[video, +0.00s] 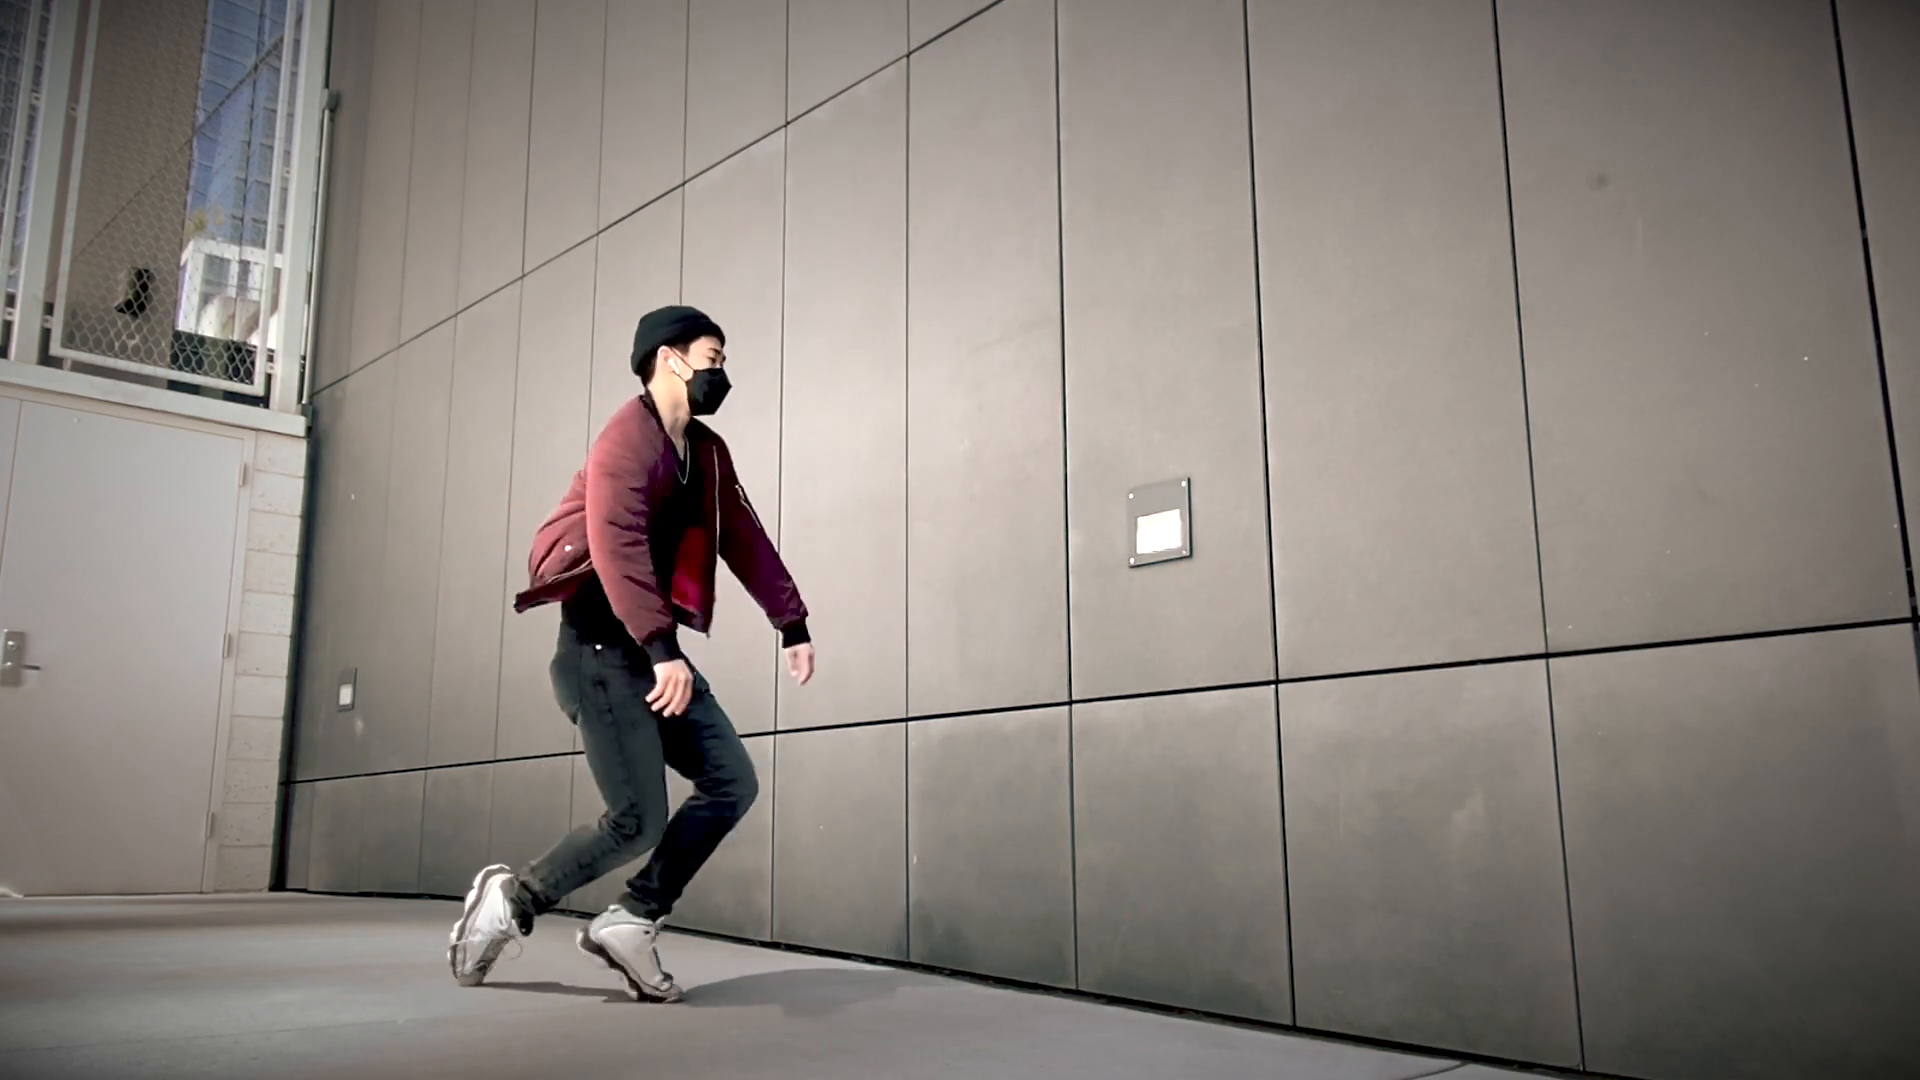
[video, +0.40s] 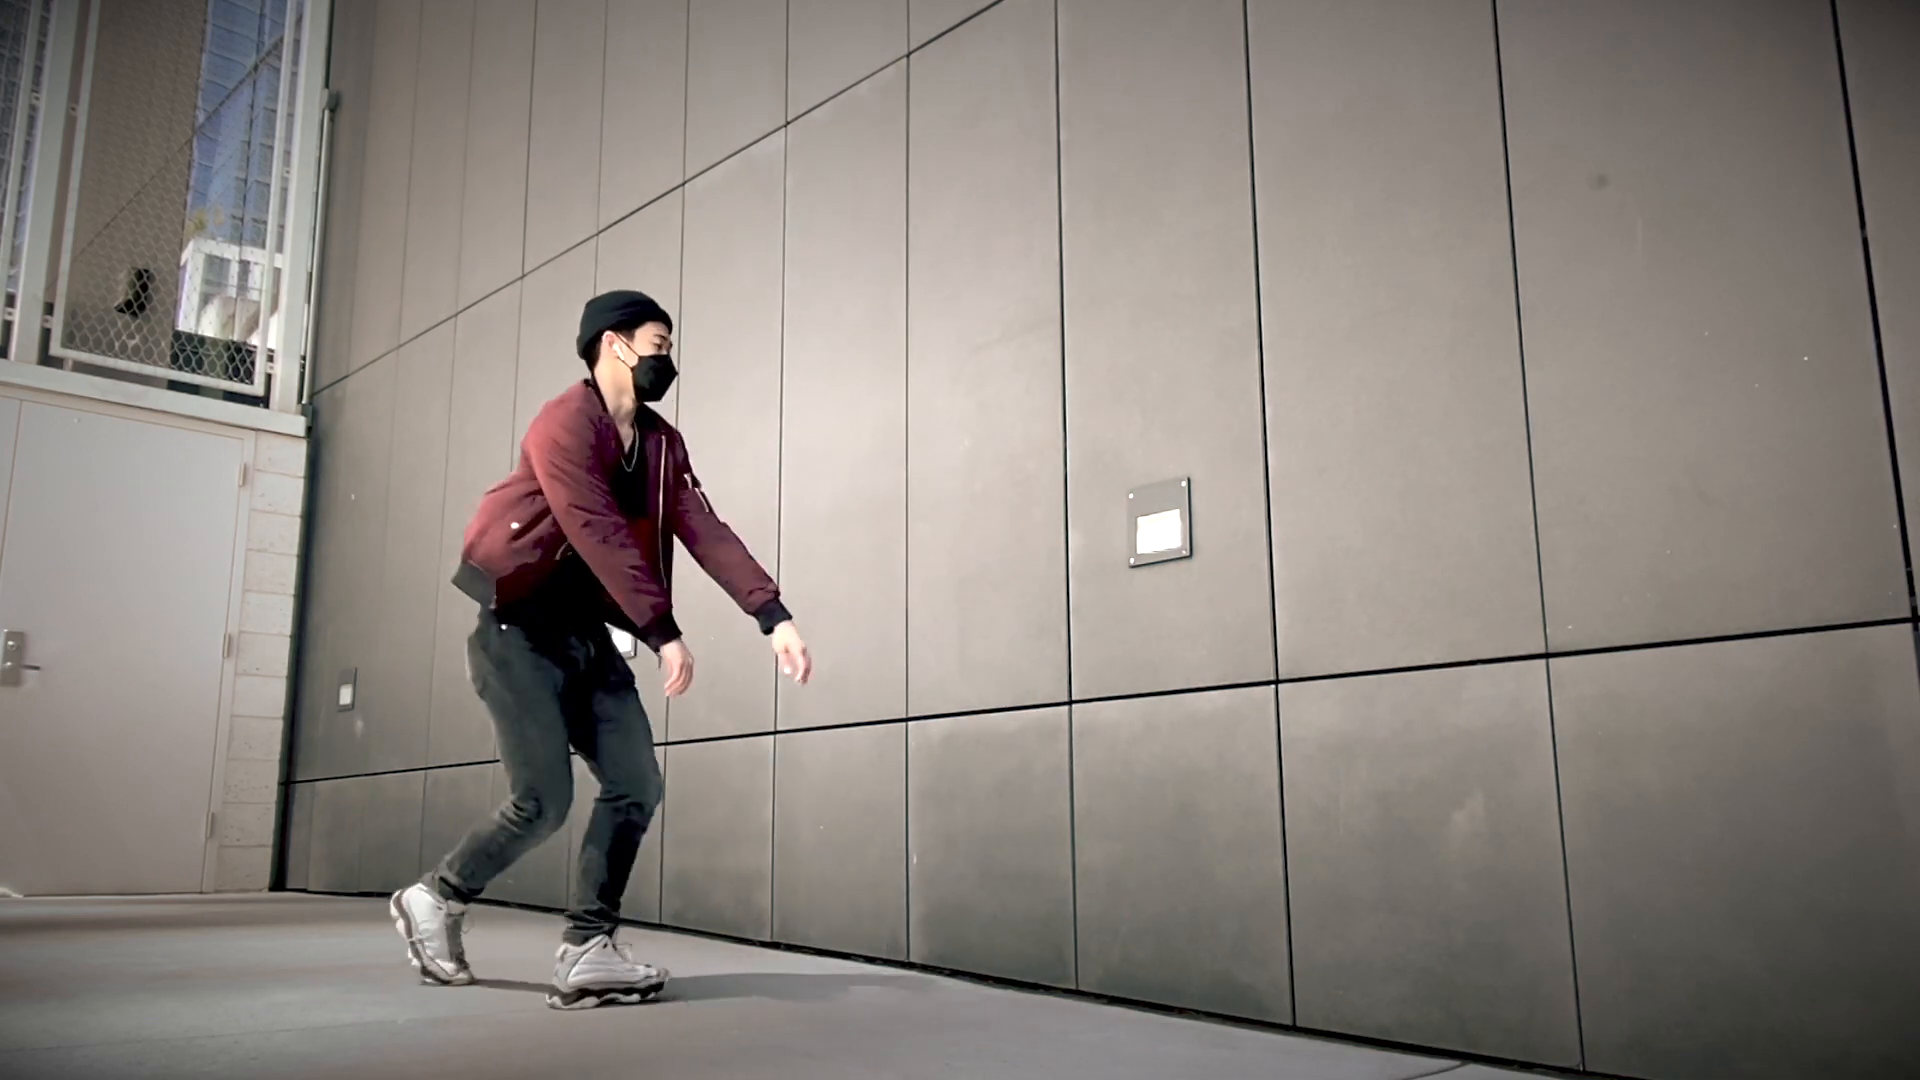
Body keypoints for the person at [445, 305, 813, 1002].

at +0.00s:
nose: (722, 367)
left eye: (724, 359)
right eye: (711, 354)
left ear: (682, 363)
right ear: (667, 358)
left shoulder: (706, 451)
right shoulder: (630, 434)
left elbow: (744, 536)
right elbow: (615, 544)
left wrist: (791, 623)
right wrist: (663, 649)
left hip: (651, 650)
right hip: (597, 651)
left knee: (730, 785)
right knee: (636, 823)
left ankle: (632, 921)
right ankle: (508, 901)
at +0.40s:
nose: (670, 355)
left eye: (671, 346)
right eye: (657, 343)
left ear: (645, 354)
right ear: (610, 346)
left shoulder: (661, 443)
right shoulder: (564, 423)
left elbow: (705, 532)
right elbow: (594, 530)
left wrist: (774, 614)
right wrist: (663, 631)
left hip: (588, 639)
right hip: (515, 632)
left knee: (633, 788)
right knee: (543, 798)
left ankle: (585, 949)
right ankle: (433, 900)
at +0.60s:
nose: (631, 328)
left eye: (636, 319)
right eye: (616, 316)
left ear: (638, 330)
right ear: (571, 322)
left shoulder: (647, 417)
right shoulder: (521, 400)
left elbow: (667, 503)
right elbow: (548, 507)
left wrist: (697, 588)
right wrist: (635, 583)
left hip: (572, 612)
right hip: (490, 604)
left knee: (581, 770)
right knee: (493, 774)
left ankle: (565, 944)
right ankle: (423, 904)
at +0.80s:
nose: (573, 291)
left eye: (587, 282)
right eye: (556, 281)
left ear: (606, 303)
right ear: (529, 299)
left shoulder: (631, 390)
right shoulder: (487, 379)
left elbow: (616, 476)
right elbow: (499, 479)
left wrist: (581, 555)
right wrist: (600, 546)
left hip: (568, 599)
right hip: (487, 589)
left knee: (538, 765)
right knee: (460, 762)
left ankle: (541, 939)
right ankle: (441, 908)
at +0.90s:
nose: (541, 285)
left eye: (558, 274)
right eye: (527, 275)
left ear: (586, 291)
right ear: (510, 293)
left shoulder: (618, 380)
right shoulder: (478, 378)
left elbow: (576, 460)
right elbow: (477, 476)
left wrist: (500, 527)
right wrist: (562, 531)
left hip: (562, 597)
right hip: (483, 590)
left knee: (531, 770)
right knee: (445, 762)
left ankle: (536, 946)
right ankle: (461, 903)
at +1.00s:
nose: (511, 281)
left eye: (527, 267)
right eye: (500, 270)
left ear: (567, 280)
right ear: (491, 286)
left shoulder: (598, 367)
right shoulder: (477, 371)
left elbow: (540, 447)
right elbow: (458, 465)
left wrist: (423, 504)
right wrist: (496, 527)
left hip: (564, 589)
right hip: (496, 586)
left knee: (522, 769)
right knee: (461, 764)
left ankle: (528, 951)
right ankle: (482, 912)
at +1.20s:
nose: (472, 283)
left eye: (483, 268)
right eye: (468, 272)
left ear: (534, 269)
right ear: (502, 278)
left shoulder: (560, 347)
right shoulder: (485, 369)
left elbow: (495, 441)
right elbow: (451, 455)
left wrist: (395, 454)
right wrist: (396, 511)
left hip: (557, 585)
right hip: (526, 585)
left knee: (463, 749)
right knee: (521, 749)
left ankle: (492, 928)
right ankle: (563, 910)